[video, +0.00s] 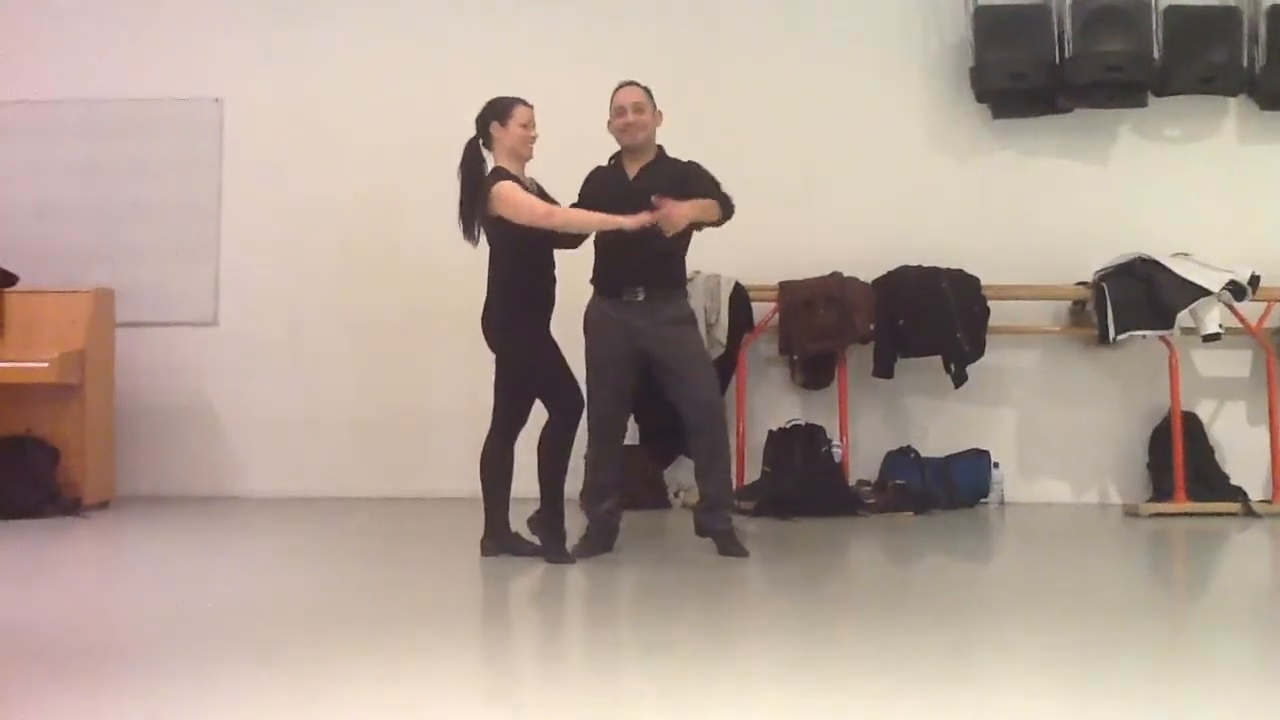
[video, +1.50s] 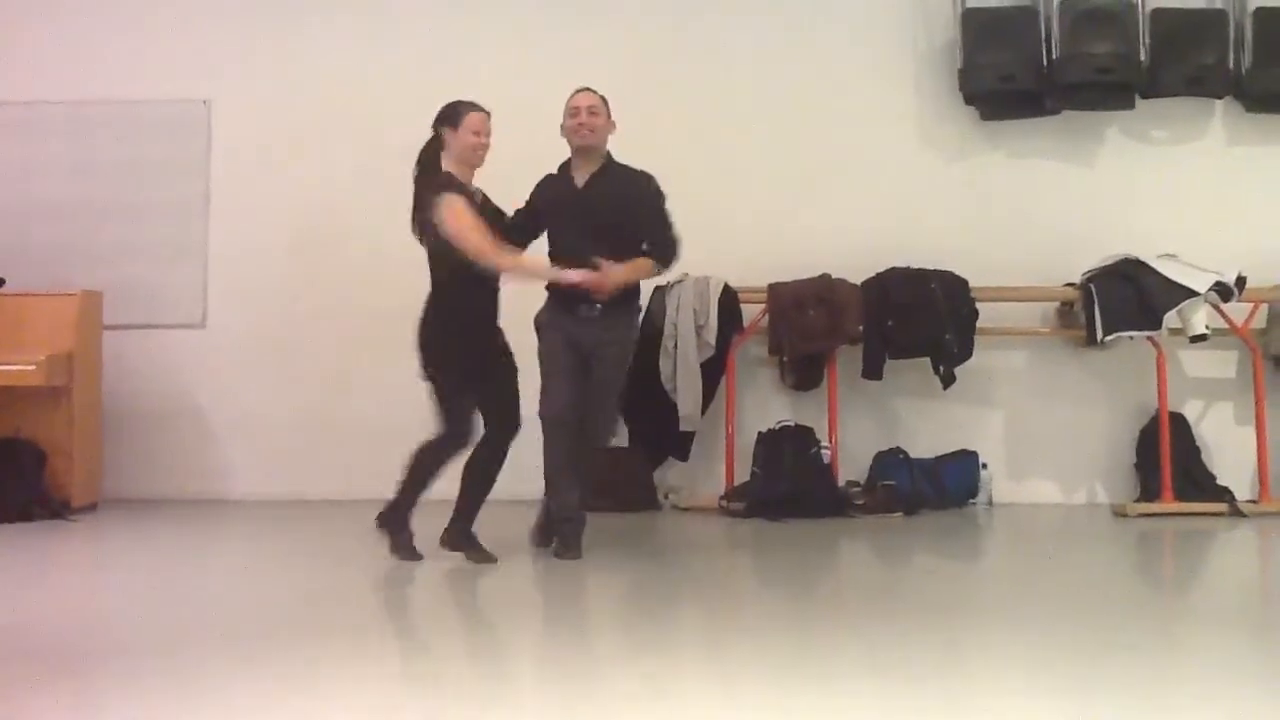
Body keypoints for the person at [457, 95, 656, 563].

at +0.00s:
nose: (534, 133)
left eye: (534, 126)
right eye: (525, 126)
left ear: (519, 135)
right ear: (496, 132)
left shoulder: (524, 186)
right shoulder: (500, 189)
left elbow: (567, 241)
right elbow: (559, 223)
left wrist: (589, 217)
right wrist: (625, 221)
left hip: (527, 319)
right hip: (513, 322)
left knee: (506, 425)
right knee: (567, 404)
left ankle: (496, 531)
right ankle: (550, 517)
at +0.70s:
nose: (504, 141)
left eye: (504, 132)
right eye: (496, 132)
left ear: (480, 137)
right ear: (466, 134)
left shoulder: (487, 189)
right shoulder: (464, 197)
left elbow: (534, 212)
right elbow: (502, 261)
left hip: (490, 322)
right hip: (480, 326)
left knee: (494, 424)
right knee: (546, 404)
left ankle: (489, 531)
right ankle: (521, 520)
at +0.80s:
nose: (496, 141)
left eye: (497, 132)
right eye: (487, 131)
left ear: (483, 137)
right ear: (458, 133)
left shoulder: (479, 189)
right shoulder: (454, 196)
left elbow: (514, 231)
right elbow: (473, 267)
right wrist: (544, 272)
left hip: (489, 320)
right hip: (471, 324)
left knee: (532, 411)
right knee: (496, 422)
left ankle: (479, 506)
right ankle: (488, 531)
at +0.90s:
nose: (487, 143)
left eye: (489, 135)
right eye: (478, 134)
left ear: (483, 141)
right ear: (449, 136)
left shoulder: (471, 190)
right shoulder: (444, 195)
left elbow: (491, 242)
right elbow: (459, 263)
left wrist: (528, 235)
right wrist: (517, 247)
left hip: (481, 321)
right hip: (462, 325)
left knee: (496, 424)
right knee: (498, 424)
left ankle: (492, 533)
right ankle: (429, 501)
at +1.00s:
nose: (474, 141)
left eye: (478, 134)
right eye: (465, 133)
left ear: (481, 141)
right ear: (439, 136)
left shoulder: (475, 196)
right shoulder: (429, 193)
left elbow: (512, 246)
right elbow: (447, 248)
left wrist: (537, 209)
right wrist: (495, 209)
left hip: (470, 325)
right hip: (437, 325)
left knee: (501, 421)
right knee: (446, 426)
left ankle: (489, 532)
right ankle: (389, 518)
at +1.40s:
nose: (471, 143)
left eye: (476, 136)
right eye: (462, 134)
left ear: (481, 143)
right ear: (437, 136)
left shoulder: (480, 197)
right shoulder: (424, 198)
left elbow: (516, 238)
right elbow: (437, 263)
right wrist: (507, 266)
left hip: (467, 327)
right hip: (427, 325)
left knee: (511, 420)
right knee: (417, 423)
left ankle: (466, 522)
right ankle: (383, 523)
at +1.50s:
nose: (485, 142)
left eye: (487, 134)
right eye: (476, 133)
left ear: (481, 140)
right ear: (447, 136)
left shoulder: (469, 191)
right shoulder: (444, 196)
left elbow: (508, 245)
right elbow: (489, 256)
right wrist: (557, 275)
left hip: (482, 329)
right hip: (447, 331)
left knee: (503, 423)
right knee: (459, 430)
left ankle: (460, 526)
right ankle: (397, 512)